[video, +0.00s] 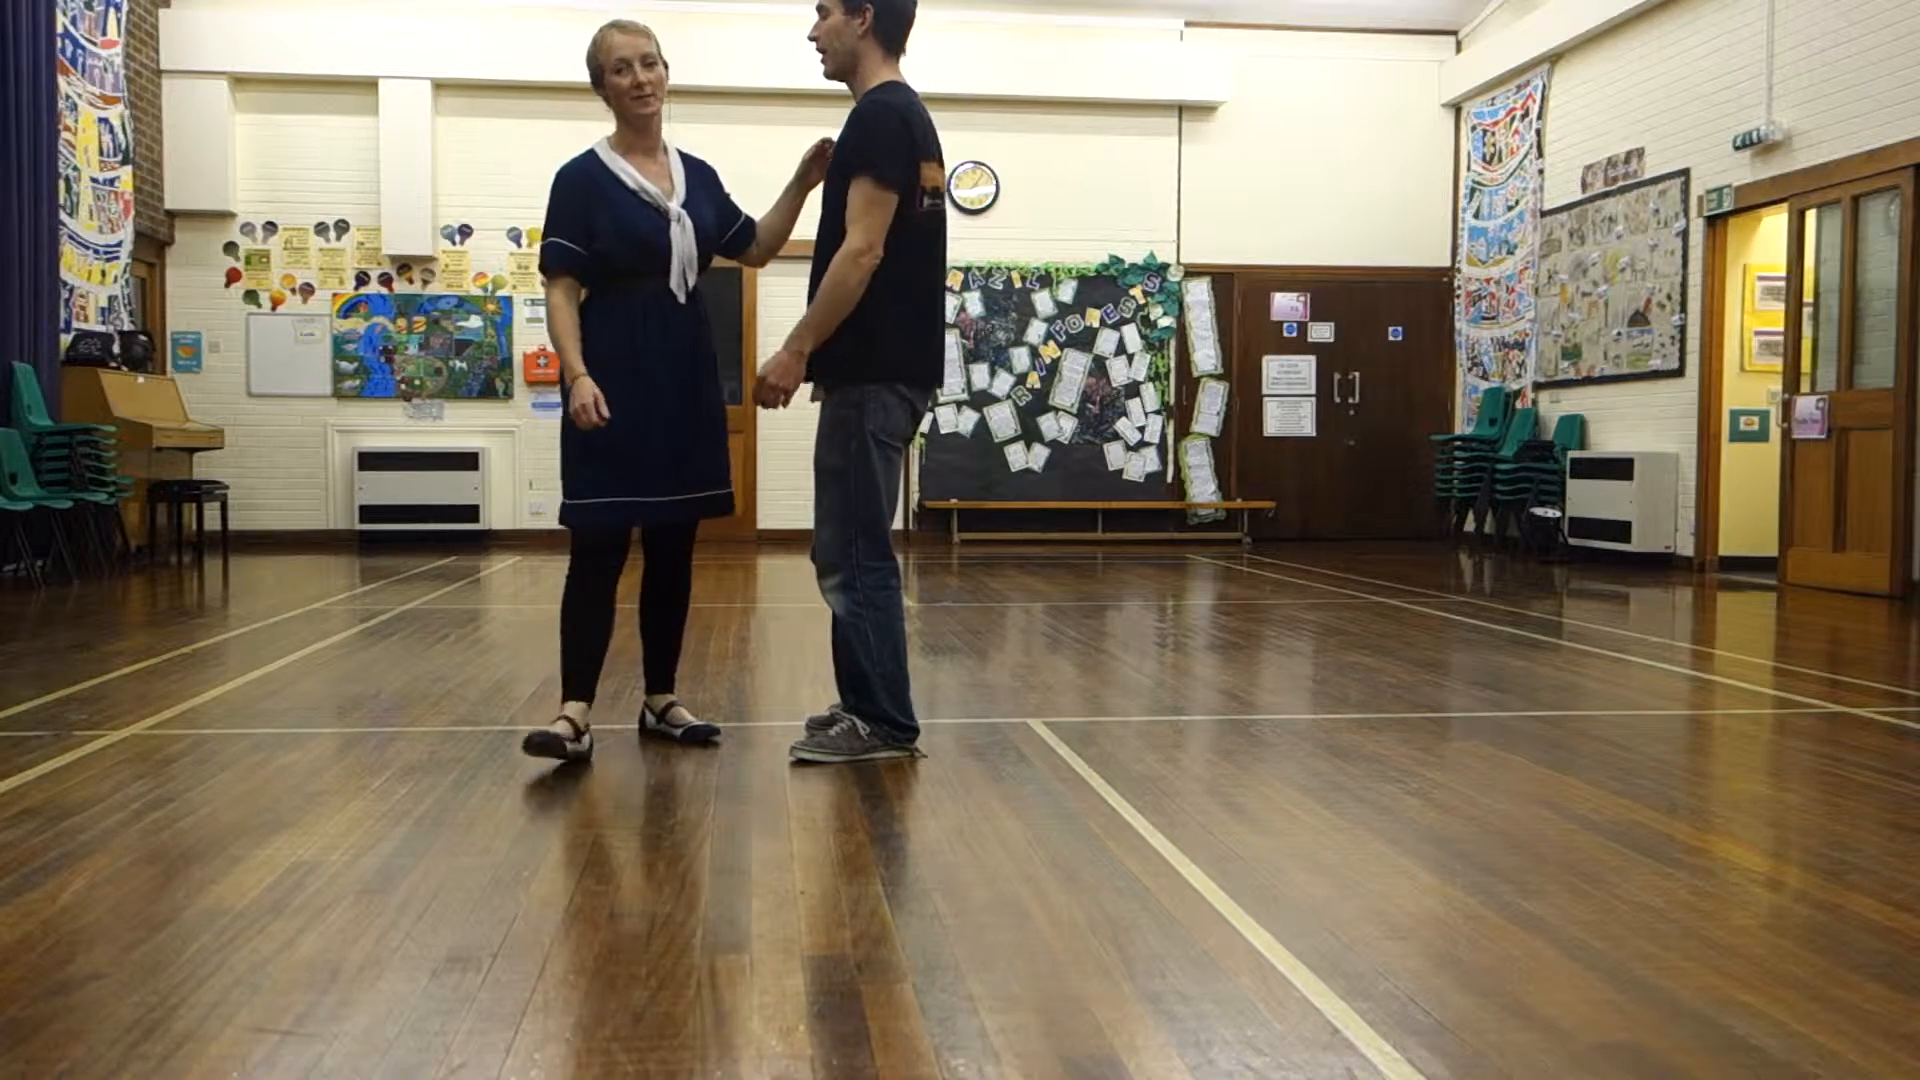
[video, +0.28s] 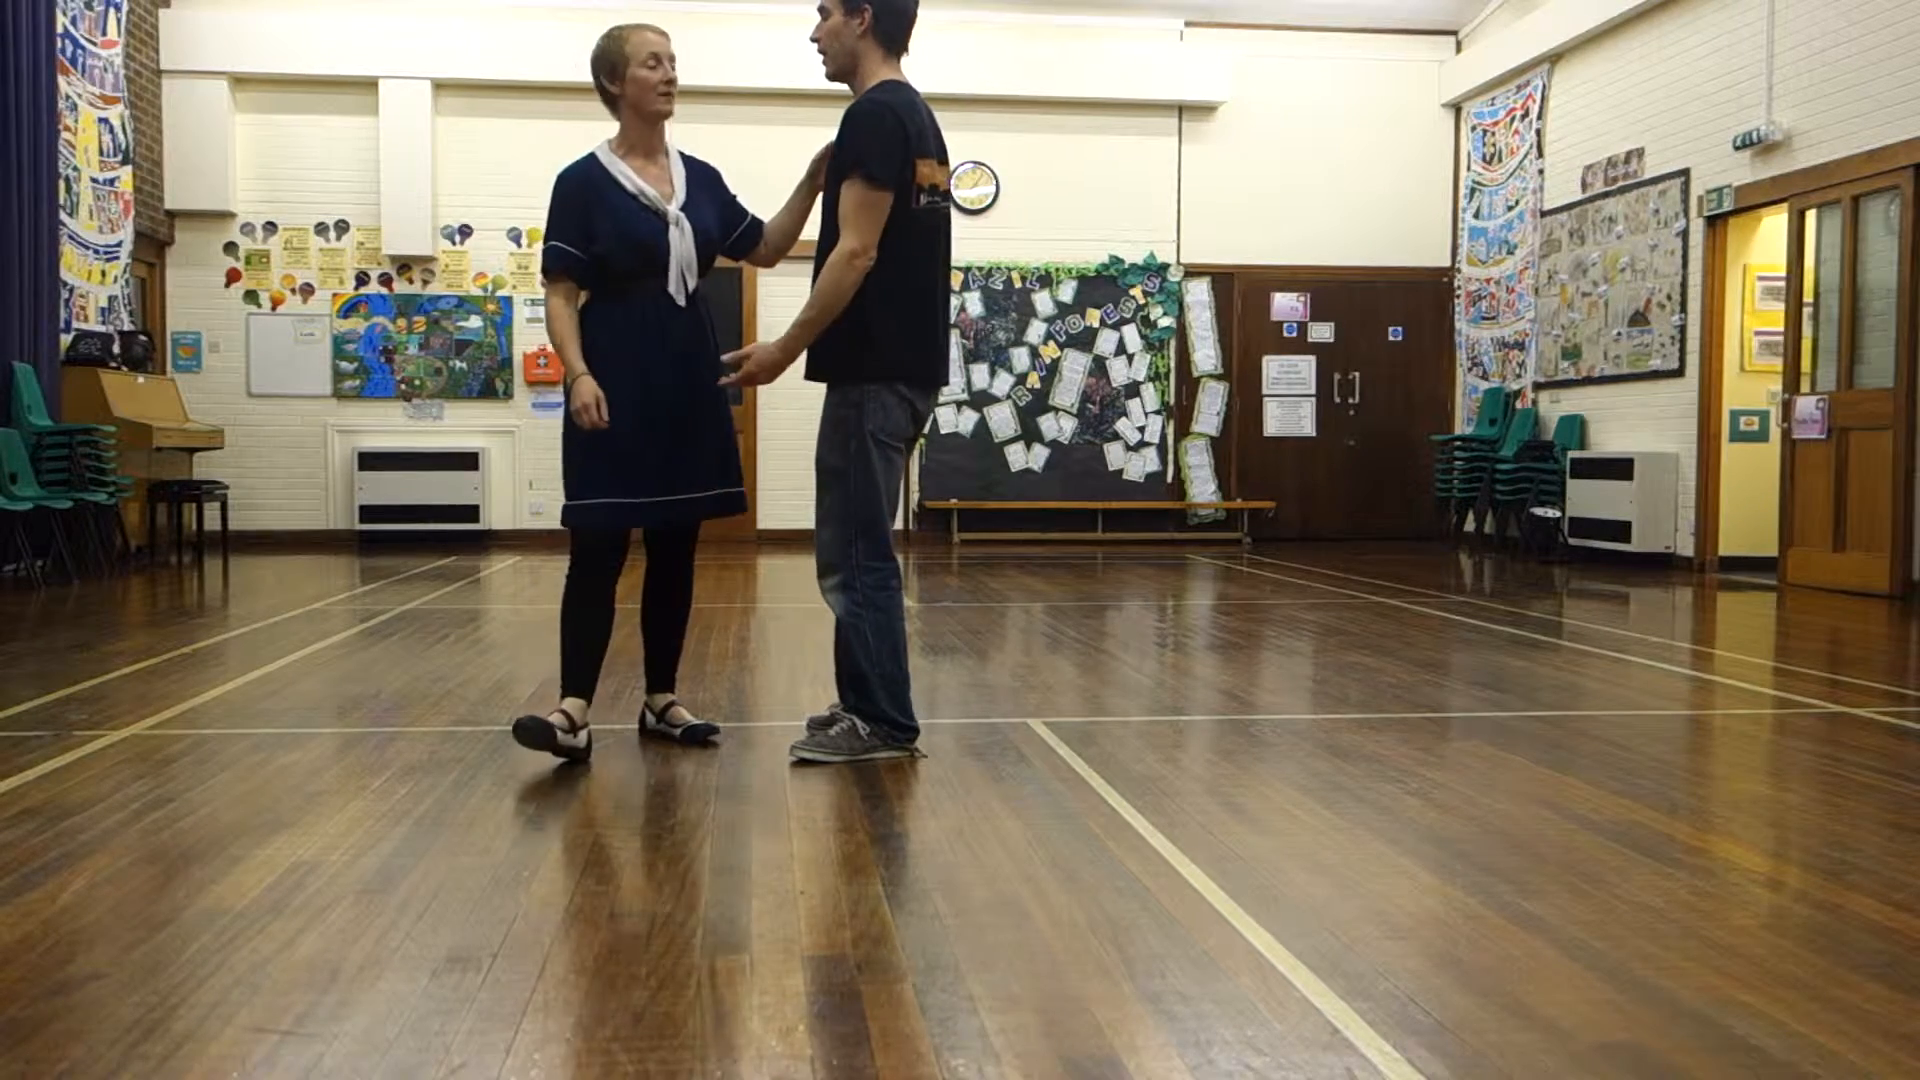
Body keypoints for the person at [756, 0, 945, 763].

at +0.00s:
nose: (813, 29)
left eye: (825, 14)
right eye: (816, 15)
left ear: (863, 21)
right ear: (869, 24)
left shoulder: (884, 113)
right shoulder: (885, 114)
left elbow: (861, 250)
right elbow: (872, 253)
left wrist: (794, 350)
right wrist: (810, 356)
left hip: (875, 371)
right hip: (871, 370)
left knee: (854, 551)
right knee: (848, 548)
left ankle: (883, 721)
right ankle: (869, 708)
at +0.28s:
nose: (815, 32)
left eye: (825, 16)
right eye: (819, 16)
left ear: (861, 21)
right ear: (870, 26)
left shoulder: (878, 112)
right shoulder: (907, 113)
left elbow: (856, 250)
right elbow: (884, 252)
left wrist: (785, 347)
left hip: (874, 371)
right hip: (891, 367)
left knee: (855, 554)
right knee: (856, 549)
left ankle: (884, 721)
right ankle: (869, 708)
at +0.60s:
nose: (817, 33)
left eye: (826, 17)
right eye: (820, 18)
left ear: (863, 21)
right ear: (874, 26)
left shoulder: (880, 110)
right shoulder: (910, 112)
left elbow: (862, 247)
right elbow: (875, 250)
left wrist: (780, 333)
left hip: (877, 371)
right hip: (895, 367)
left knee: (856, 553)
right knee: (859, 548)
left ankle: (883, 720)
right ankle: (869, 707)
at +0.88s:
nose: (818, 33)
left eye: (828, 18)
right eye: (821, 18)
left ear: (865, 22)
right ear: (873, 27)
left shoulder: (882, 107)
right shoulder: (906, 110)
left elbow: (864, 243)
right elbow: (901, 255)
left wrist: (763, 310)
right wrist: (824, 311)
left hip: (886, 368)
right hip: (893, 365)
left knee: (858, 551)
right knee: (858, 547)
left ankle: (883, 720)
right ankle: (869, 709)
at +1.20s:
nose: (830, 31)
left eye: (844, 16)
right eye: (833, 18)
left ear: (889, 26)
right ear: (887, 32)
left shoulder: (897, 110)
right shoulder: (904, 111)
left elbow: (857, 241)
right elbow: (873, 249)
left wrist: (754, 286)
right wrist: (790, 254)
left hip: (890, 370)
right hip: (897, 367)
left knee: (856, 554)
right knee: (871, 549)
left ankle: (881, 717)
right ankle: (914, 710)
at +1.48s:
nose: (864, 38)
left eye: (882, 24)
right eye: (859, 25)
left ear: (926, 41)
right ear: (857, 38)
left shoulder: (932, 125)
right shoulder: (892, 131)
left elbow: (894, 240)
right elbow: (873, 254)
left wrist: (792, 277)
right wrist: (789, 277)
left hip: (913, 376)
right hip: (891, 375)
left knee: (836, 542)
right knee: (890, 548)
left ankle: (870, 711)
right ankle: (917, 710)